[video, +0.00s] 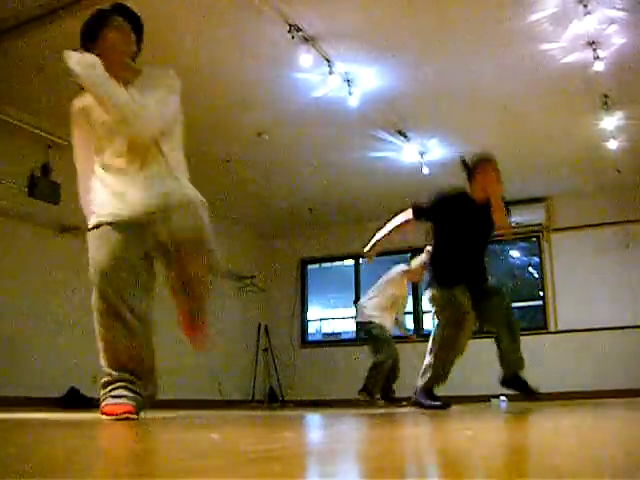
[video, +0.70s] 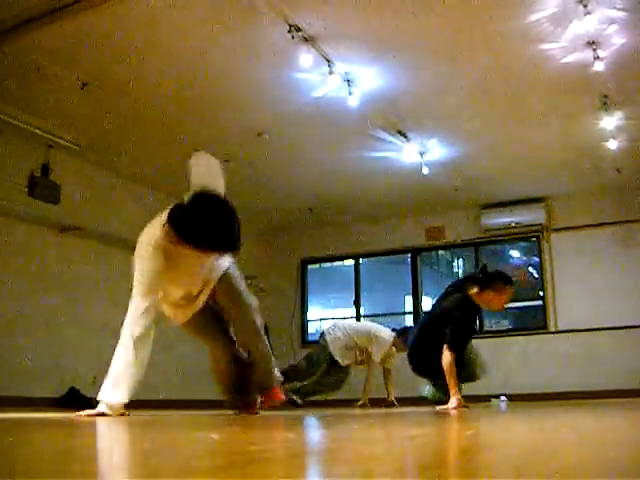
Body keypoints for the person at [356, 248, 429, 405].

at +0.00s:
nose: (421, 276)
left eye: (423, 272)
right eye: (421, 270)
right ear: (414, 267)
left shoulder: (403, 288)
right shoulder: (400, 271)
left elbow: (397, 316)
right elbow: (413, 269)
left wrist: (406, 333)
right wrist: (425, 256)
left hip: (380, 321)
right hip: (369, 318)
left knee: (392, 358)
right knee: (385, 355)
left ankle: (387, 392)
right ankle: (368, 391)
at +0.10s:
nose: (420, 299)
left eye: (423, 296)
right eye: (421, 294)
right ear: (417, 289)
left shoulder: (399, 308)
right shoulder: (401, 290)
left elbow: (398, 336)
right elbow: (404, 287)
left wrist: (407, 360)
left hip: (366, 323)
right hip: (356, 318)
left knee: (384, 355)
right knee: (373, 354)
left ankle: (380, 391)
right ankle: (365, 393)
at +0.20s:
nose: (421, 318)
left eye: (424, 315)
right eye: (422, 313)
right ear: (416, 308)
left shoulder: (398, 328)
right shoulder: (398, 305)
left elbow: (397, 357)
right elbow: (391, 298)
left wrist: (398, 386)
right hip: (351, 321)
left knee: (372, 361)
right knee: (371, 355)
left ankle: (337, 384)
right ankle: (363, 396)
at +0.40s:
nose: (409, 344)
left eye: (413, 343)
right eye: (412, 340)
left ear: (409, 336)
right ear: (408, 331)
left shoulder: (394, 342)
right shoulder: (393, 324)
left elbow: (389, 368)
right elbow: (370, 326)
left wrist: (391, 397)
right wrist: (382, 347)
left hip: (342, 328)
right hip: (351, 327)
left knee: (323, 373)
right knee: (365, 357)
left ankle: (288, 394)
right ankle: (362, 395)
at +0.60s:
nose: (406, 348)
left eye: (409, 346)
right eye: (407, 344)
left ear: (405, 340)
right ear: (402, 336)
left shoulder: (393, 349)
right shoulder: (385, 335)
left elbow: (389, 372)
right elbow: (372, 365)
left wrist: (391, 396)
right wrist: (367, 394)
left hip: (345, 349)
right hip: (338, 337)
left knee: (322, 381)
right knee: (329, 369)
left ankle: (285, 398)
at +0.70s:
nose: (404, 350)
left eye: (407, 347)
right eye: (405, 346)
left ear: (401, 341)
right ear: (400, 339)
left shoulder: (390, 350)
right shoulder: (383, 340)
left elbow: (388, 373)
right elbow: (370, 371)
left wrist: (391, 396)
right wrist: (365, 398)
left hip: (345, 351)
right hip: (334, 337)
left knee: (333, 382)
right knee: (309, 368)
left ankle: (297, 394)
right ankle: (278, 379)